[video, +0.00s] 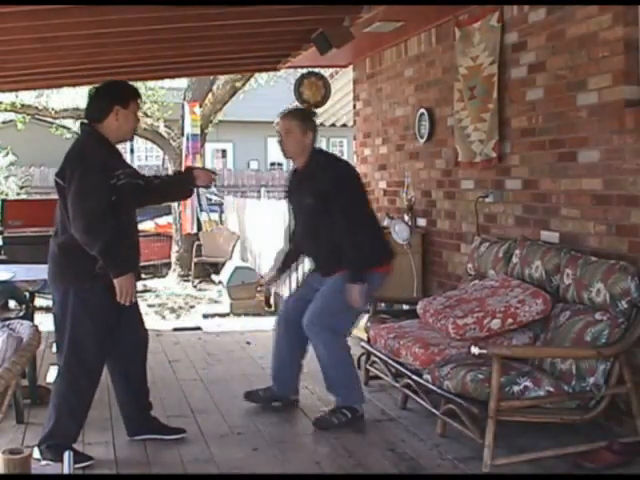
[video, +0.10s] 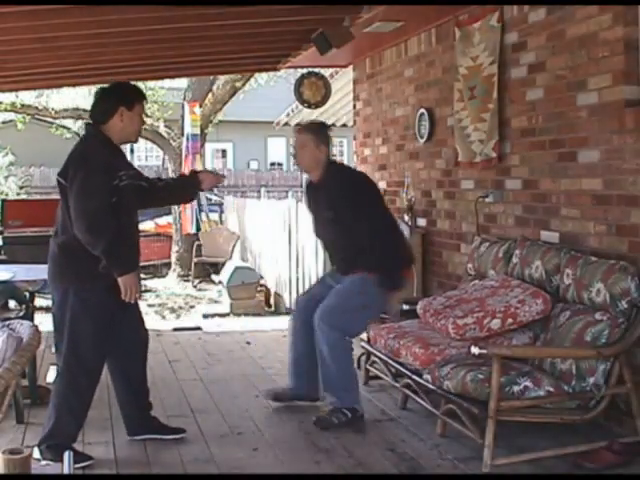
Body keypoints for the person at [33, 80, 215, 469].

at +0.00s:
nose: (138, 120)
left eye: (138, 112)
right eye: (135, 112)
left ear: (112, 113)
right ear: (115, 113)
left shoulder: (105, 153)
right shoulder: (89, 154)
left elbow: (138, 191)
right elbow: (85, 222)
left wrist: (188, 179)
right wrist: (117, 268)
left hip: (109, 275)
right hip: (82, 277)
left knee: (131, 345)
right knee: (81, 363)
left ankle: (139, 422)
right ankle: (54, 446)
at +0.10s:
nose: (143, 124)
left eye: (143, 116)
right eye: (140, 115)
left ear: (117, 115)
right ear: (120, 115)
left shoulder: (110, 155)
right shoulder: (91, 155)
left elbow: (143, 194)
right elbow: (89, 221)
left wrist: (194, 182)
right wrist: (120, 266)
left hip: (110, 276)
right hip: (82, 277)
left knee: (131, 345)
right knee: (81, 362)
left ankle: (139, 422)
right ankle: (54, 445)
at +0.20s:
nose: (147, 123)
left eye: (147, 116)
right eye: (143, 115)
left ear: (121, 116)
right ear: (123, 115)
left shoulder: (114, 156)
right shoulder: (92, 156)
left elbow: (146, 198)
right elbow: (91, 223)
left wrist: (198, 192)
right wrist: (123, 267)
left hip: (110, 275)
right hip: (81, 276)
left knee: (130, 345)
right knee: (80, 362)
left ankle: (139, 422)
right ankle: (53, 444)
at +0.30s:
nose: (148, 124)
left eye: (148, 116)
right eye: (144, 116)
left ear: (122, 117)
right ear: (123, 116)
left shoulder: (117, 158)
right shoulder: (91, 156)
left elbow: (147, 200)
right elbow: (89, 223)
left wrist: (201, 200)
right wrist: (123, 267)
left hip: (111, 276)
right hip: (78, 276)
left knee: (130, 345)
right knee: (77, 362)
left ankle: (139, 422)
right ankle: (53, 445)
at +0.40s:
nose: (148, 123)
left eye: (148, 115)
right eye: (144, 115)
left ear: (122, 117)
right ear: (122, 116)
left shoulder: (118, 159)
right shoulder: (89, 158)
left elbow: (143, 203)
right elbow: (87, 224)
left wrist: (195, 205)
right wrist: (124, 266)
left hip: (110, 276)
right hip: (76, 278)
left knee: (129, 347)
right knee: (76, 362)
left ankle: (139, 422)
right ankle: (53, 444)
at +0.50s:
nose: (145, 121)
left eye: (144, 113)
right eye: (140, 113)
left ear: (118, 116)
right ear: (118, 114)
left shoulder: (119, 159)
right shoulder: (86, 159)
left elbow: (141, 209)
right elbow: (87, 226)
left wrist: (190, 213)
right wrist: (128, 264)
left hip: (110, 274)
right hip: (75, 277)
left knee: (129, 347)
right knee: (76, 363)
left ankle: (139, 423)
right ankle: (54, 445)